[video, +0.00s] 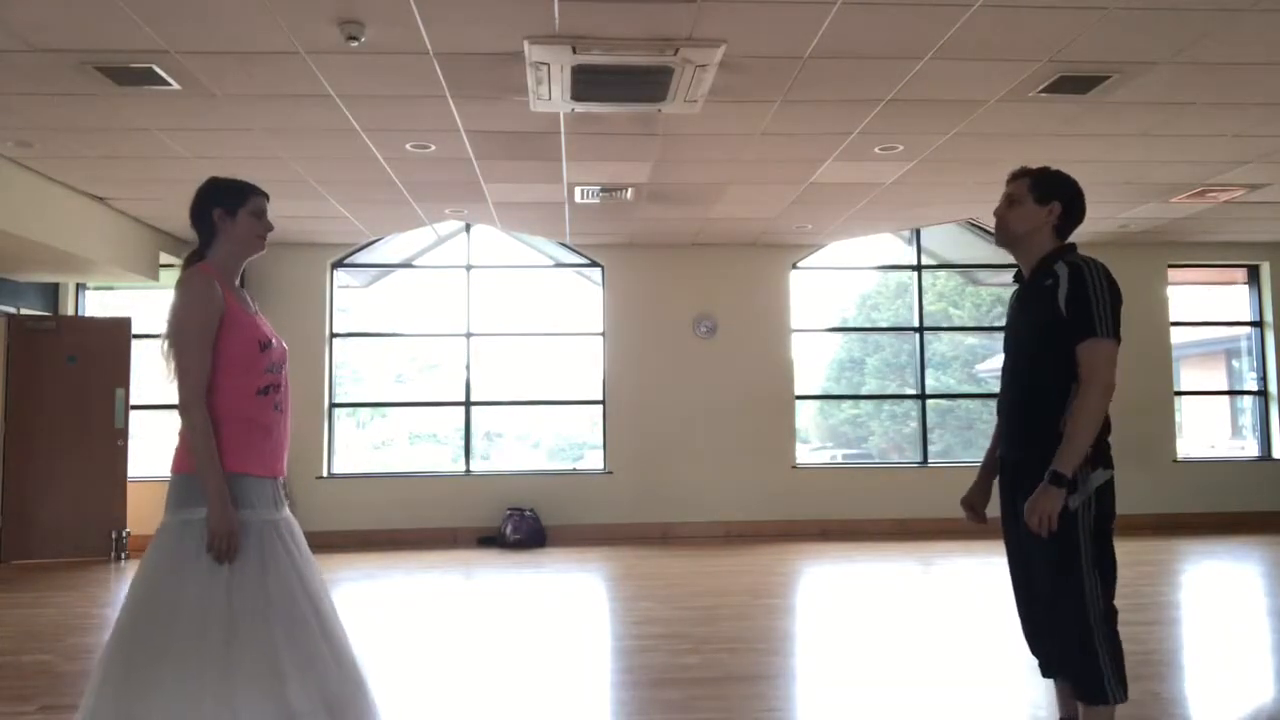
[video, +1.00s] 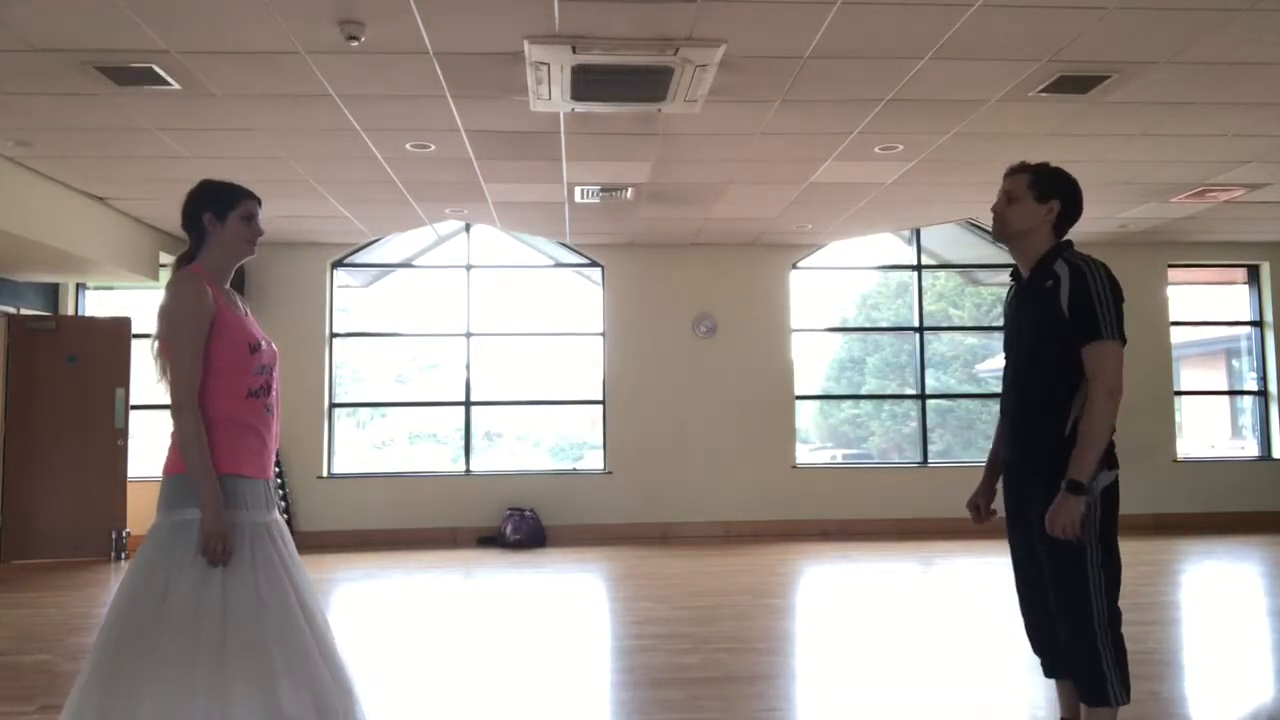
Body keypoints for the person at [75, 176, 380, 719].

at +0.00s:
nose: (269, 227)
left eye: (268, 217)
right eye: (259, 216)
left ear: (227, 221)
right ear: (221, 218)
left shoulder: (236, 293)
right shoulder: (201, 286)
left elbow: (237, 399)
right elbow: (192, 402)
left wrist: (271, 489)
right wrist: (218, 503)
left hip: (257, 492)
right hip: (225, 493)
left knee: (262, 649)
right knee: (224, 651)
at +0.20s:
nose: (267, 229)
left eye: (266, 219)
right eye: (256, 217)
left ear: (225, 222)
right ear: (218, 219)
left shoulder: (236, 294)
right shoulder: (197, 287)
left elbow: (242, 401)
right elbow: (187, 403)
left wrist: (274, 490)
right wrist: (215, 504)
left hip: (254, 494)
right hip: (222, 495)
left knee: (258, 650)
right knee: (221, 651)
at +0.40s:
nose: (265, 230)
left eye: (264, 220)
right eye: (255, 218)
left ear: (226, 224)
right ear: (217, 220)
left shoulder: (234, 296)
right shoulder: (194, 288)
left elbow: (238, 400)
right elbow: (183, 402)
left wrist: (269, 488)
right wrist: (206, 505)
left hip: (253, 493)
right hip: (220, 494)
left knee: (257, 651)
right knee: (218, 653)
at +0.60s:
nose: (262, 230)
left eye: (261, 220)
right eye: (251, 218)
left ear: (223, 225)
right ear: (213, 222)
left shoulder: (233, 298)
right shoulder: (192, 289)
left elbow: (238, 400)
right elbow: (181, 402)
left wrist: (268, 486)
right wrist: (207, 505)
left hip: (252, 494)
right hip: (218, 495)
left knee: (256, 652)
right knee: (215, 653)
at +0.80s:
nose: (260, 232)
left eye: (260, 222)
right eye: (249, 220)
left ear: (222, 226)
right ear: (211, 222)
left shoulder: (229, 296)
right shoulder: (193, 288)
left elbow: (234, 403)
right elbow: (184, 402)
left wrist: (266, 498)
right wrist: (210, 507)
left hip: (249, 496)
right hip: (216, 497)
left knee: (252, 654)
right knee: (214, 657)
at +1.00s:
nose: (260, 232)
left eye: (259, 221)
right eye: (248, 219)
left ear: (222, 226)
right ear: (210, 222)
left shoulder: (231, 298)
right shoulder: (191, 288)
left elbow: (236, 403)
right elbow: (184, 403)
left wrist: (264, 499)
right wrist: (211, 507)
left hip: (249, 498)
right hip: (215, 499)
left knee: (252, 656)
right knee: (214, 658)